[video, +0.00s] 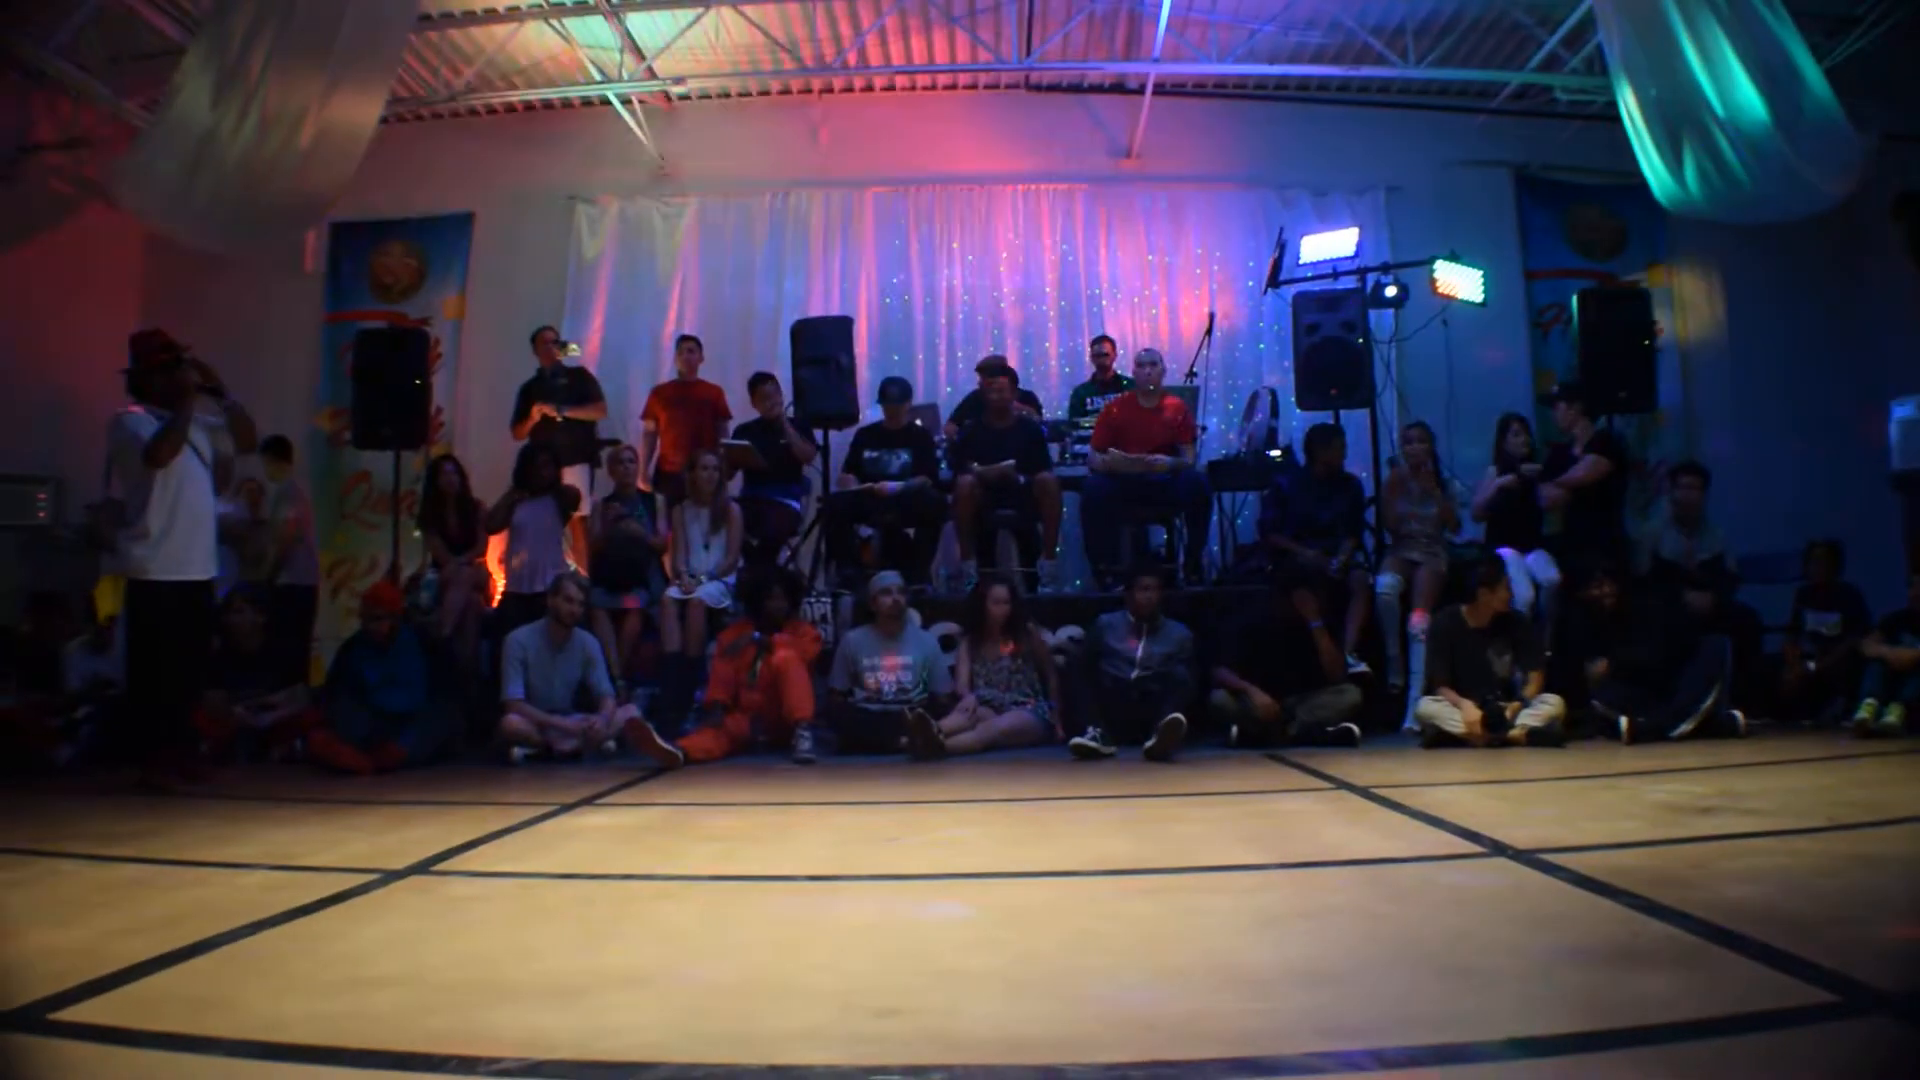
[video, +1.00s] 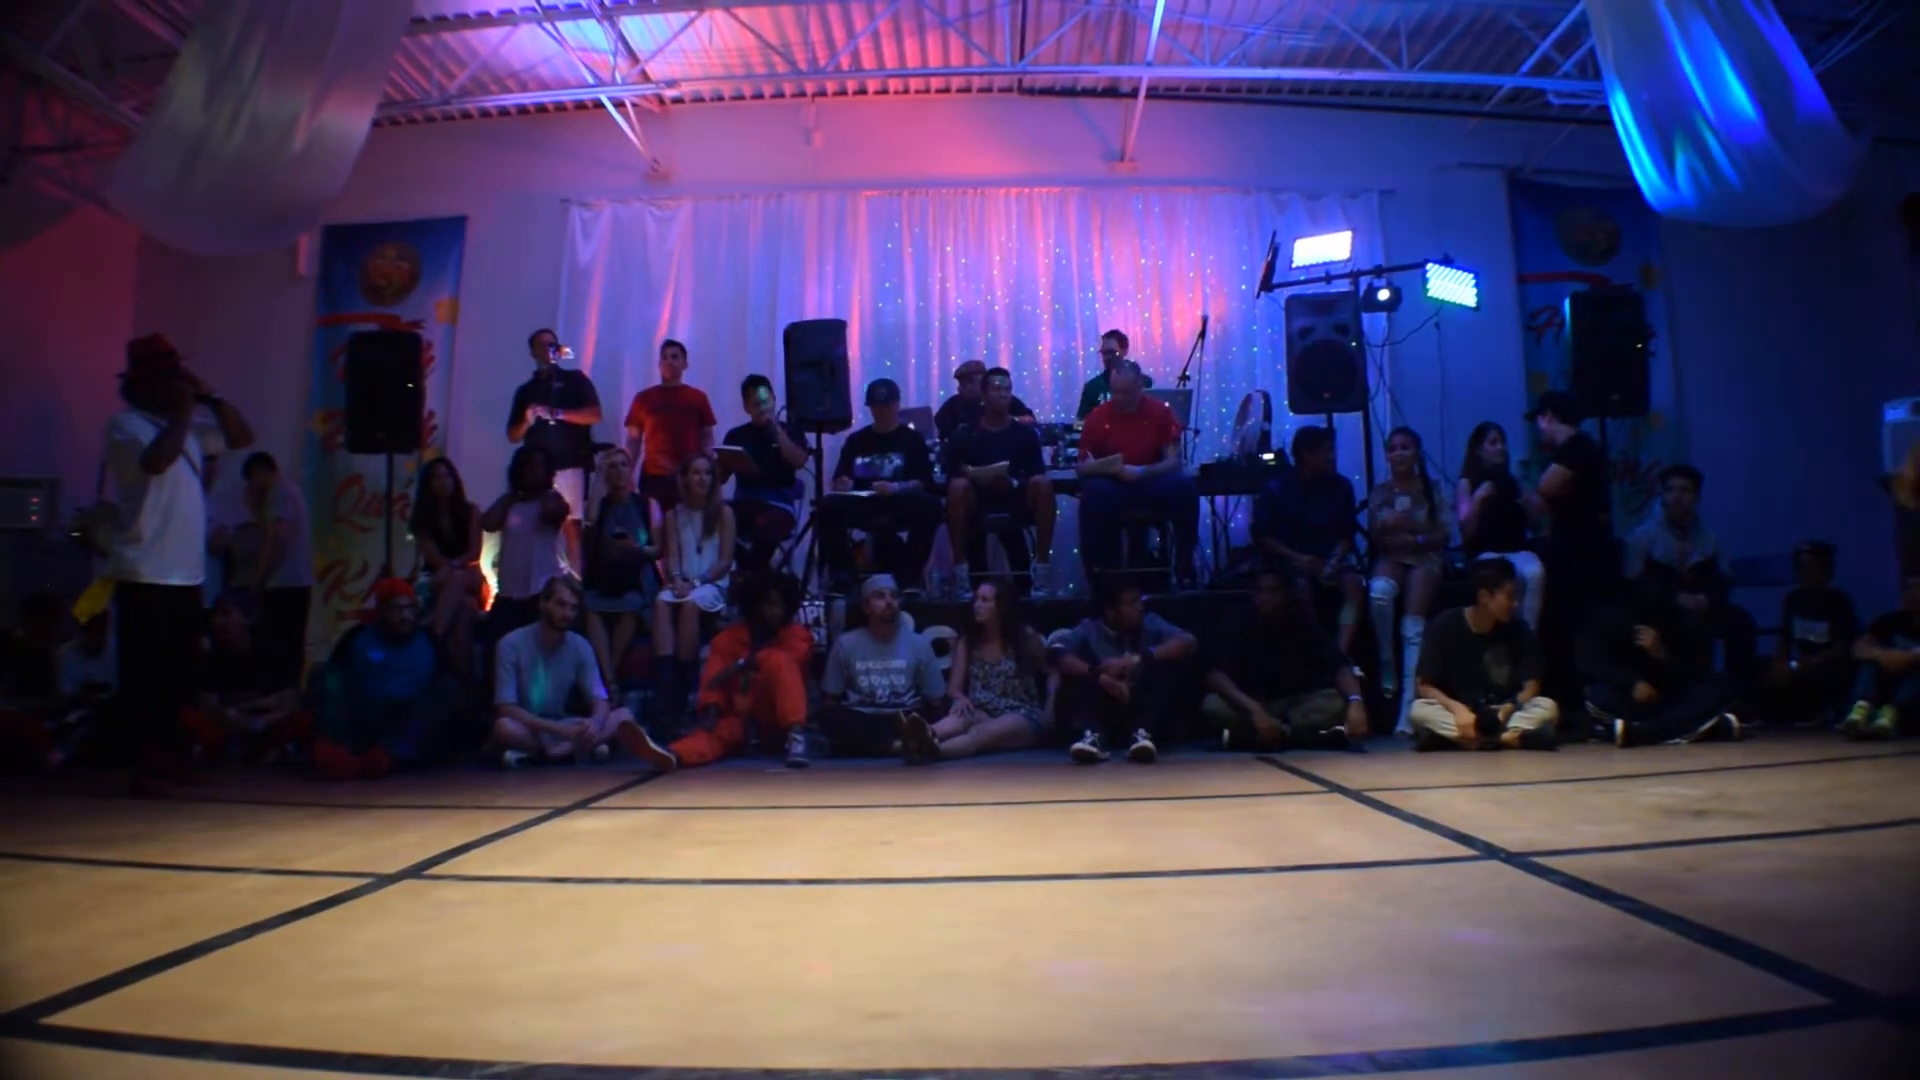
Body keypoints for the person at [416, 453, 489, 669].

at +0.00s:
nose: (450, 480)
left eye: (454, 474)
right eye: (444, 475)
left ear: (461, 477)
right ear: (435, 480)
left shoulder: (474, 507)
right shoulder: (430, 510)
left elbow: (481, 547)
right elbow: (435, 548)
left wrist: (457, 563)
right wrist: (460, 566)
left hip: (474, 569)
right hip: (444, 571)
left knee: (461, 575)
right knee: (472, 600)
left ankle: (444, 633)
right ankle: (466, 663)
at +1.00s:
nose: (443, 483)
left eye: (447, 477)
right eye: (437, 478)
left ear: (454, 480)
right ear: (428, 484)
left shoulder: (470, 511)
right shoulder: (423, 514)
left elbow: (475, 552)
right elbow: (429, 553)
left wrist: (452, 565)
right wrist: (453, 569)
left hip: (469, 572)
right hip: (437, 575)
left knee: (456, 578)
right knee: (465, 604)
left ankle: (435, 633)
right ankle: (461, 671)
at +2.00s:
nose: (439, 483)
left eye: (443, 477)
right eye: (433, 478)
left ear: (450, 480)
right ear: (424, 484)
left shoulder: (466, 511)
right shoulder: (418, 514)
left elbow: (471, 549)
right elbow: (425, 553)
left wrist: (448, 566)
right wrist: (449, 570)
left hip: (466, 573)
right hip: (433, 576)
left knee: (453, 577)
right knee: (462, 605)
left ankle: (431, 635)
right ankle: (458, 675)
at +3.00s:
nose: (440, 483)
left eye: (444, 477)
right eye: (434, 478)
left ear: (452, 481)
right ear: (425, 484)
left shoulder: (468, 512)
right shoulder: (420, 515)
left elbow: (472, 551)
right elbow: (427, 553)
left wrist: (451, 563)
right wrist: (447, 568)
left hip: (467, 572)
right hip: (434, 575)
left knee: (454, 577)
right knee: (464, 603)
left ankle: (434, 636)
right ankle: (457, 666)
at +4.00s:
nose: (439, 482)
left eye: (444, 476)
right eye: (433, 478)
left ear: (452, 480)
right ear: (425, 484)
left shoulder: (470, 511)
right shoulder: (421, 514)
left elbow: (474, 551)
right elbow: (430, 555)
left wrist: (450, 565)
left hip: (468, 571)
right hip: (436, 574)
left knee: (454, 579)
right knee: (464, 602)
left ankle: (435, 638)